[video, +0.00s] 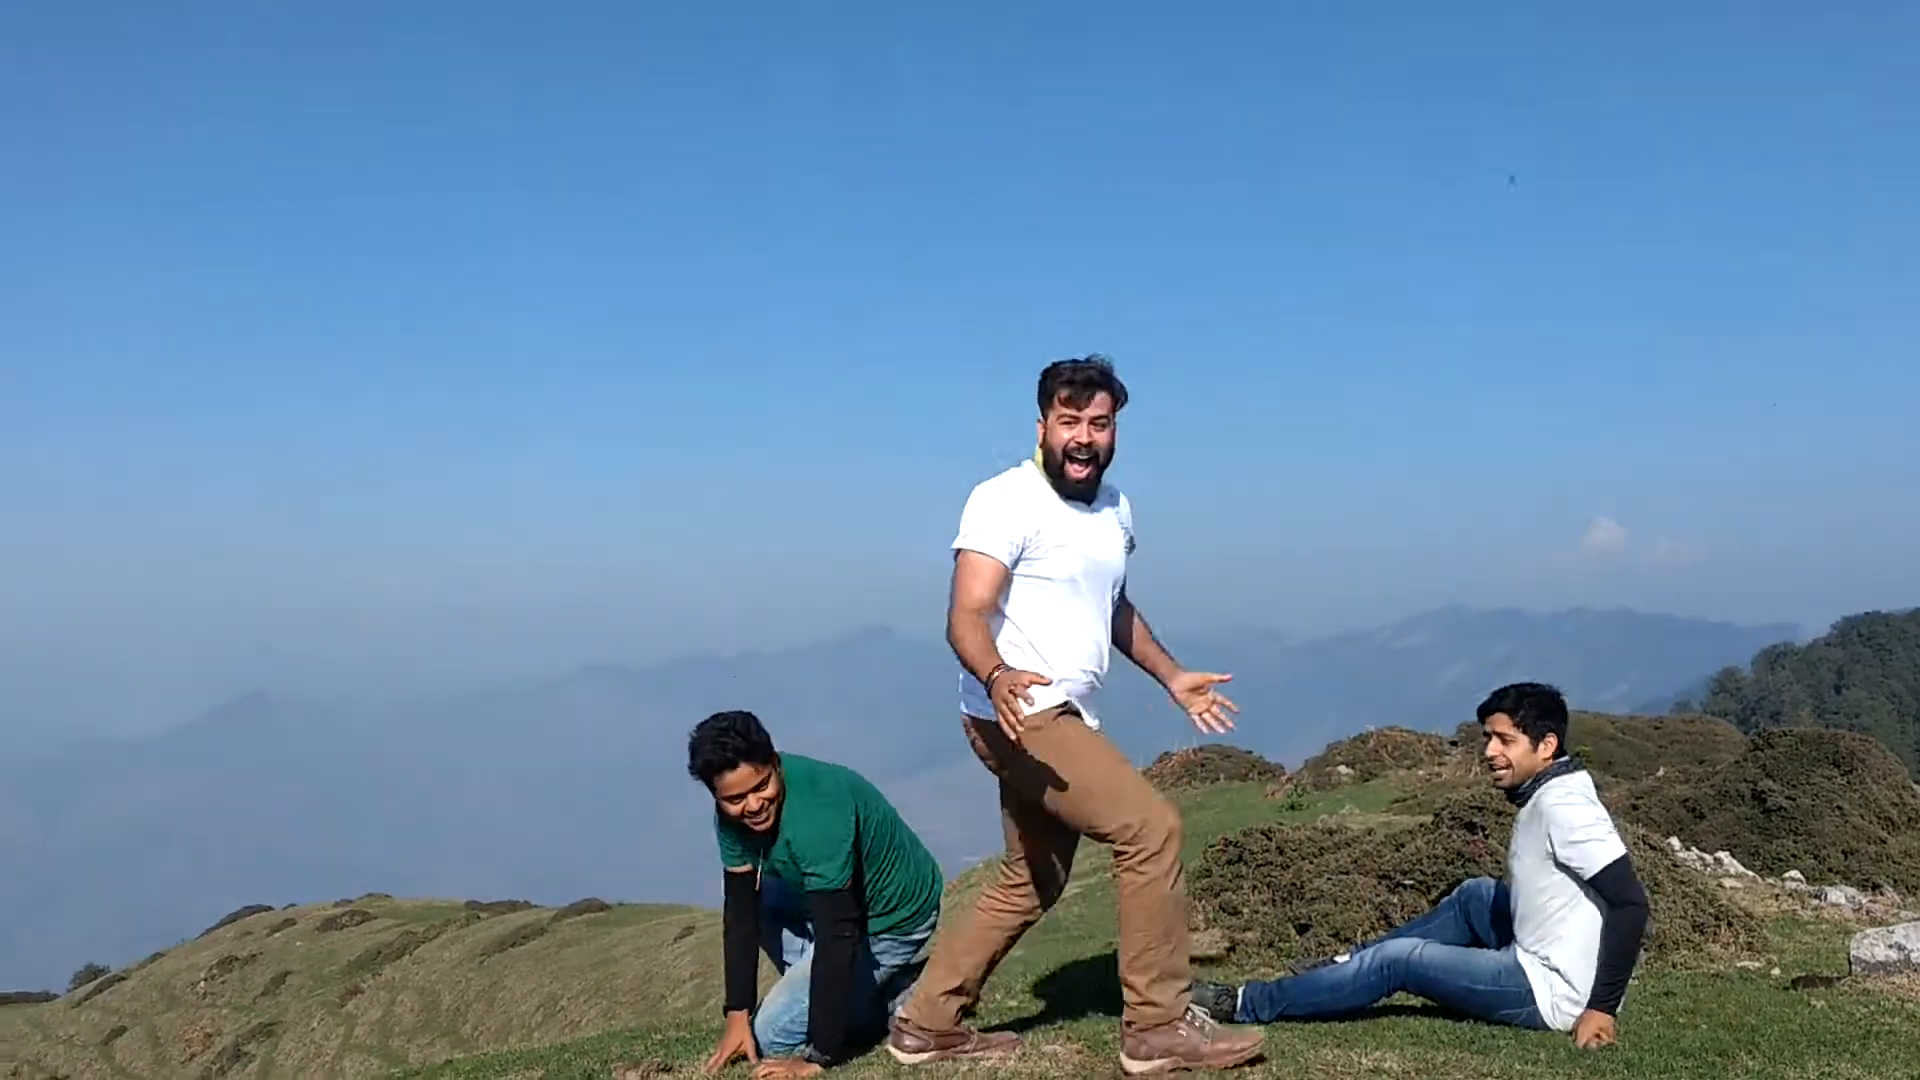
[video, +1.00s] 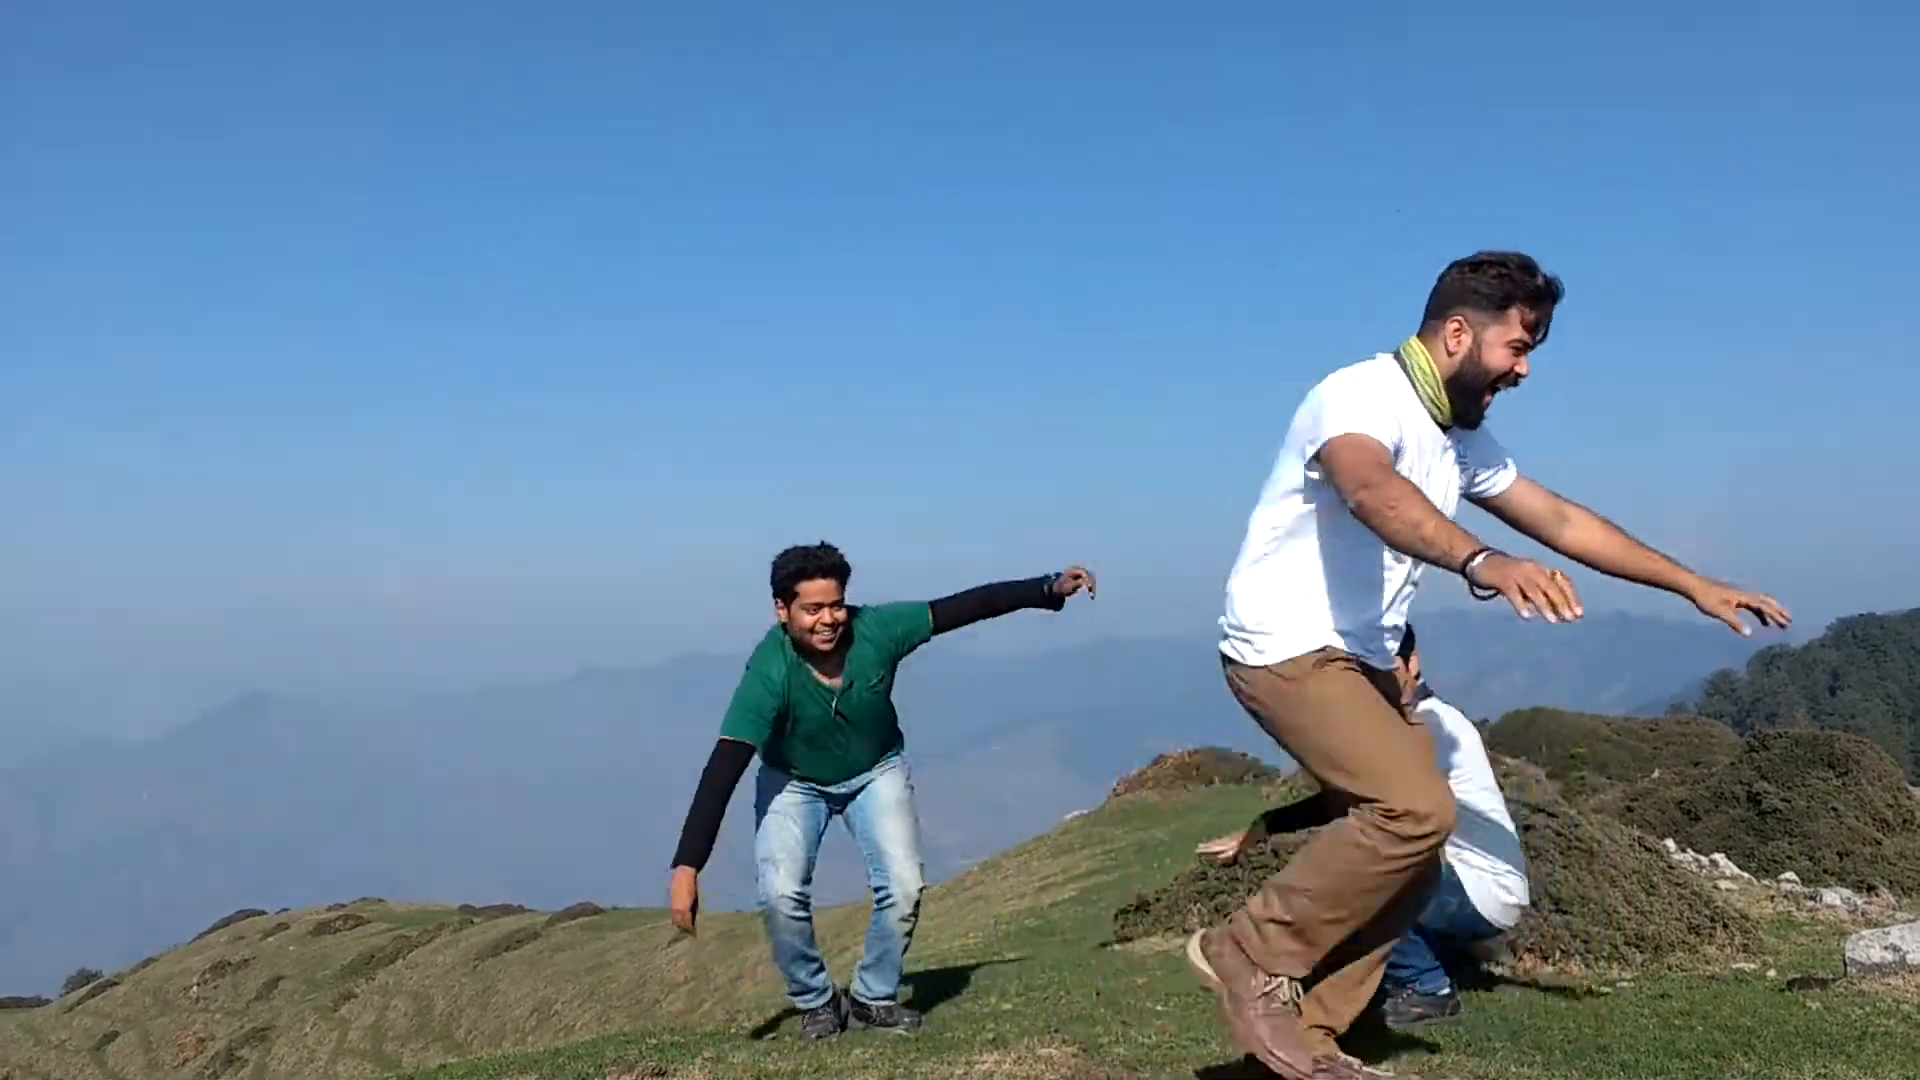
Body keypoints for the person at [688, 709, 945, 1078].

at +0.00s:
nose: (754, 806)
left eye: (761, 786)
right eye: (735, 799)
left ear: (776, 764)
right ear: (716, 798)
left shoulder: (817, 818)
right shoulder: (732, 814)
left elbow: (838, 937)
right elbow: (739, 914)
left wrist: (819, 1056)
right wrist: (738, 1014)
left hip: (892, 924)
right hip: (835, 896)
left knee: (771, 1036)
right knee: (759, 902)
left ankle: (898, 989)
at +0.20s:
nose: (764, 815)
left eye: (772, 797)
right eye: (746, 808)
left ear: (785, 776)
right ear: (724, 802)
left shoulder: (825, 809)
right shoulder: (724, 813)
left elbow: (839, 938)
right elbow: (735, 916)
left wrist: (815, 1057)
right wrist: (733, 1016)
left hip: (890, 886)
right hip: (822, 881)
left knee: (818, 1035)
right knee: (703, 915)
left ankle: (914, 963)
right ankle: (822, 987)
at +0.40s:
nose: (788, 810)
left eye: (800, 794)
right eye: (773, 798)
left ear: (817, 781)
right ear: (752, 792)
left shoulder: (847, 809)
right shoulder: (741, 810)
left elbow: (843, 937)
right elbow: (744, 918)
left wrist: (815, 1051)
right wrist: (732, 1020)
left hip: (880, 880)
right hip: (802, 891)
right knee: (704, 956)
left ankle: (873, 983)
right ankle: (823, 991)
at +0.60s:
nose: (816, 775)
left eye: (826, 760)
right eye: (800, 764)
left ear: (840, 750)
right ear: (776, 761)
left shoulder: (869, 774)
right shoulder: (761, 797)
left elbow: (906, 888)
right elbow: (753, 909)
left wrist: (835, 953)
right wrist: (732, 1016)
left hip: (871, 871)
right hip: (801, 883)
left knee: (969, 906)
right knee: (726, 940)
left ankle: (873, 985)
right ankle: (814, 996)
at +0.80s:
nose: (828, 717)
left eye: (837, 703)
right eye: (812, 707)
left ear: (849, 693)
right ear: (786, 707)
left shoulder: (881, 708)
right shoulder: (777, 759)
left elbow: (983, 697)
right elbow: (743, 871)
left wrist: (984, 760)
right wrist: (704, 971)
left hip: (877, 819)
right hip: (804, 833)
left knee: (930, 892)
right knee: (768, 909)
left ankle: (873, 995)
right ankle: (816, 1002)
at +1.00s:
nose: (827, 619)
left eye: (835, 605)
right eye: (811, 609)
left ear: (846, 599)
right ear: (782, 611)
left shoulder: (881, 629)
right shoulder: (769, 668)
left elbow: (966, 607)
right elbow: (725, 763)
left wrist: (1048, 589)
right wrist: (686, 865)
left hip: (876, 770)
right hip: (795, 781)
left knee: (903, 887)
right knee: (780, 893)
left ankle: (873, 998)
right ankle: (815, 1003)